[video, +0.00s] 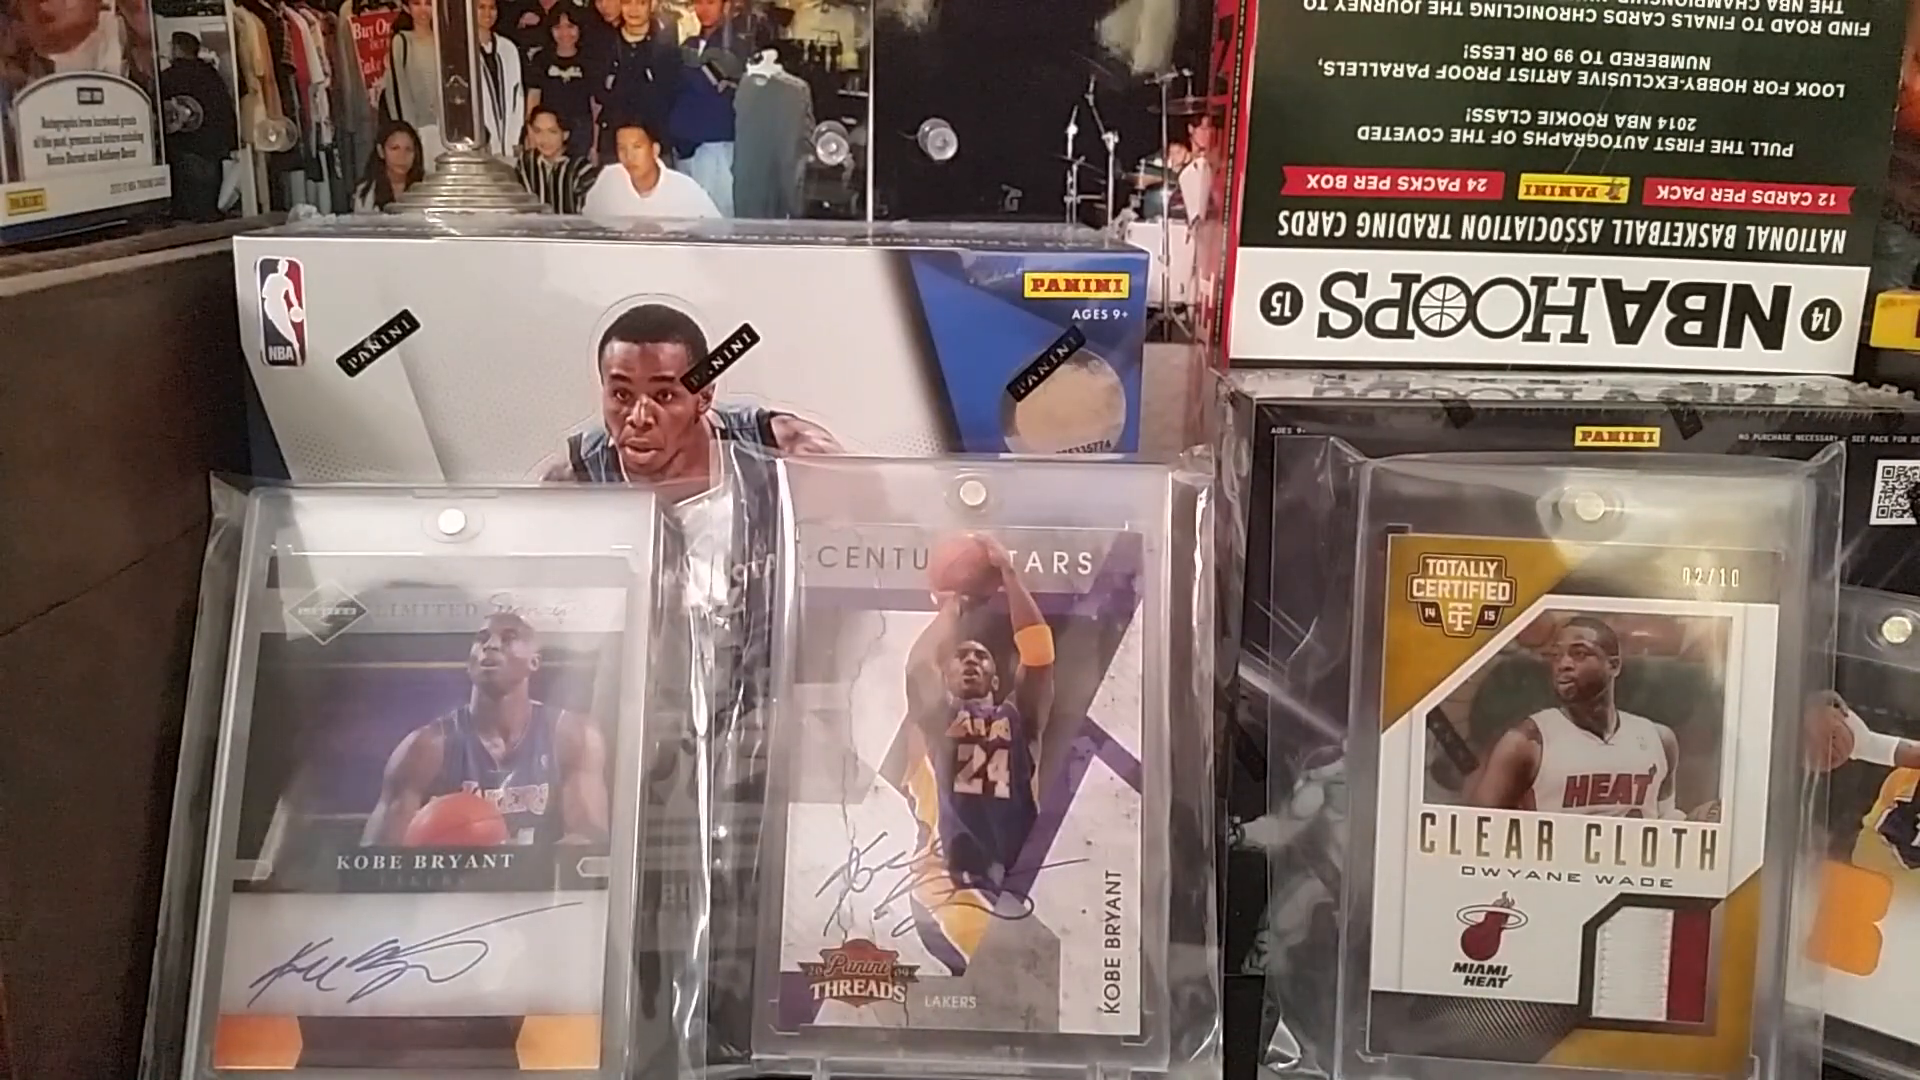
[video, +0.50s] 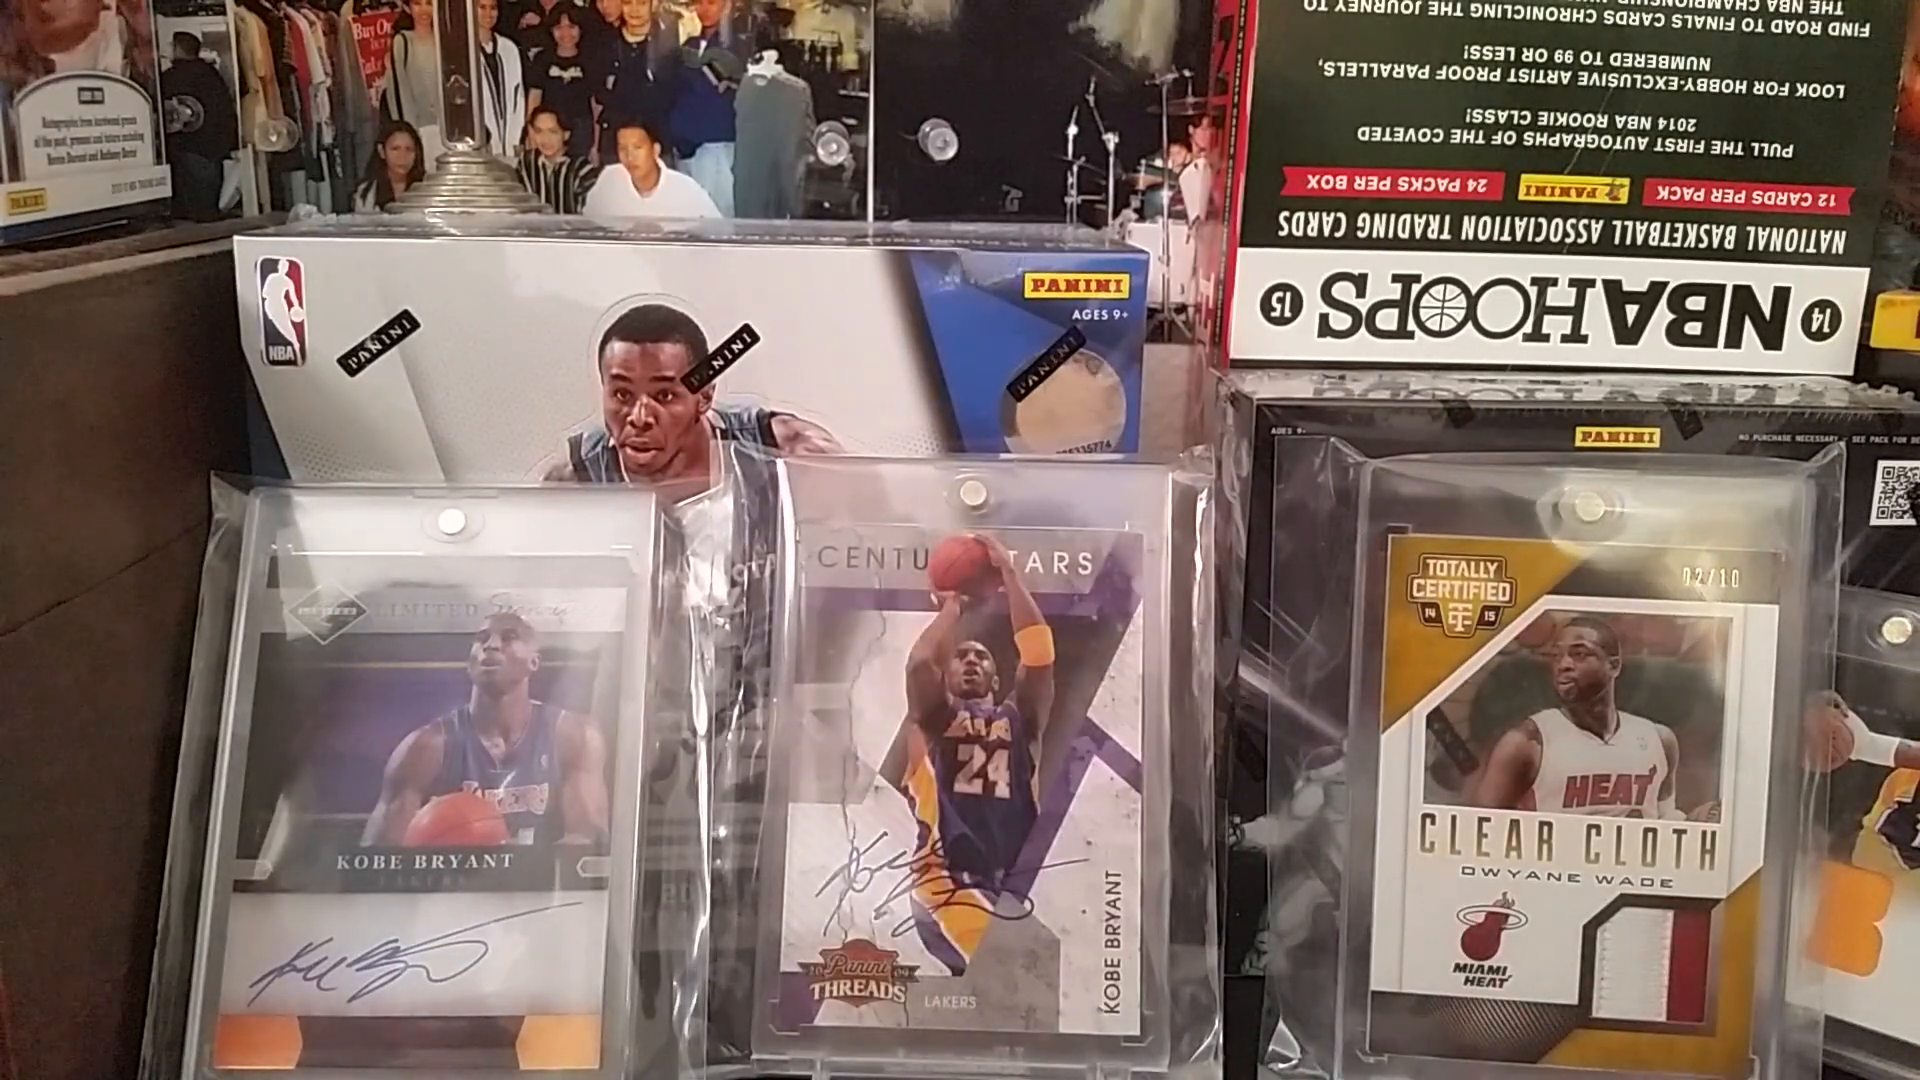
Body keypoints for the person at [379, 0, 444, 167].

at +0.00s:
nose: (423, 9)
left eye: (428, 3)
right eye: (417, 4)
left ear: (434, 7)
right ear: (407, 8)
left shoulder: (441, 38)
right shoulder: (401, 40)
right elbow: (399, 84)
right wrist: (407, 125)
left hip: (446, 117)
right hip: (419, 120)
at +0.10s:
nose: (423, 9)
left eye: (428, 3)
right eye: (417, 4)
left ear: (434, 7)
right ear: (407, 8)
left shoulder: (441, 38)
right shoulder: (401, 40)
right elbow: (400, 83)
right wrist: (409, 124)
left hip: (445, 117)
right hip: (419, 119)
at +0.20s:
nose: (423, 9)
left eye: (428, 3)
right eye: (417, 4)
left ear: (434, 7)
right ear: (407, 8)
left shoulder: (441, 38)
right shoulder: (401, 40)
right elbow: (399, 83)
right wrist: (408, 123)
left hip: (445, 116)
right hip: (419, 119)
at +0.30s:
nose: (424, 9)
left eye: (428, 3)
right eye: (417, 4)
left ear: (435, 7)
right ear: (407, 8)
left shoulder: (441, 38)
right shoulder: (401, 40)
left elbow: (451, 77)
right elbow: (400, 84)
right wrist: (409, 125)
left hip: (445, 117)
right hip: (418, 119)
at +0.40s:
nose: (423, 9)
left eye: (428, 3)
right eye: (417, 4)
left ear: (435, 7)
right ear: (407, 8)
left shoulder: (442, 38)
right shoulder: (401, 40)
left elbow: (452, 77)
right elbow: (400, 83)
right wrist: (409, 124)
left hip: (445, 117)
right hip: (419, 120)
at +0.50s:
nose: (424, 10)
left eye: (429, 4)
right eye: (417, 4)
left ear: (435, 7)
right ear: (408, 8)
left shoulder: (442, 38)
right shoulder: (402, 40)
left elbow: (452, 77)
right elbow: (401, 84)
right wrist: (409, 124)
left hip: (445, 117)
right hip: (419, 120)